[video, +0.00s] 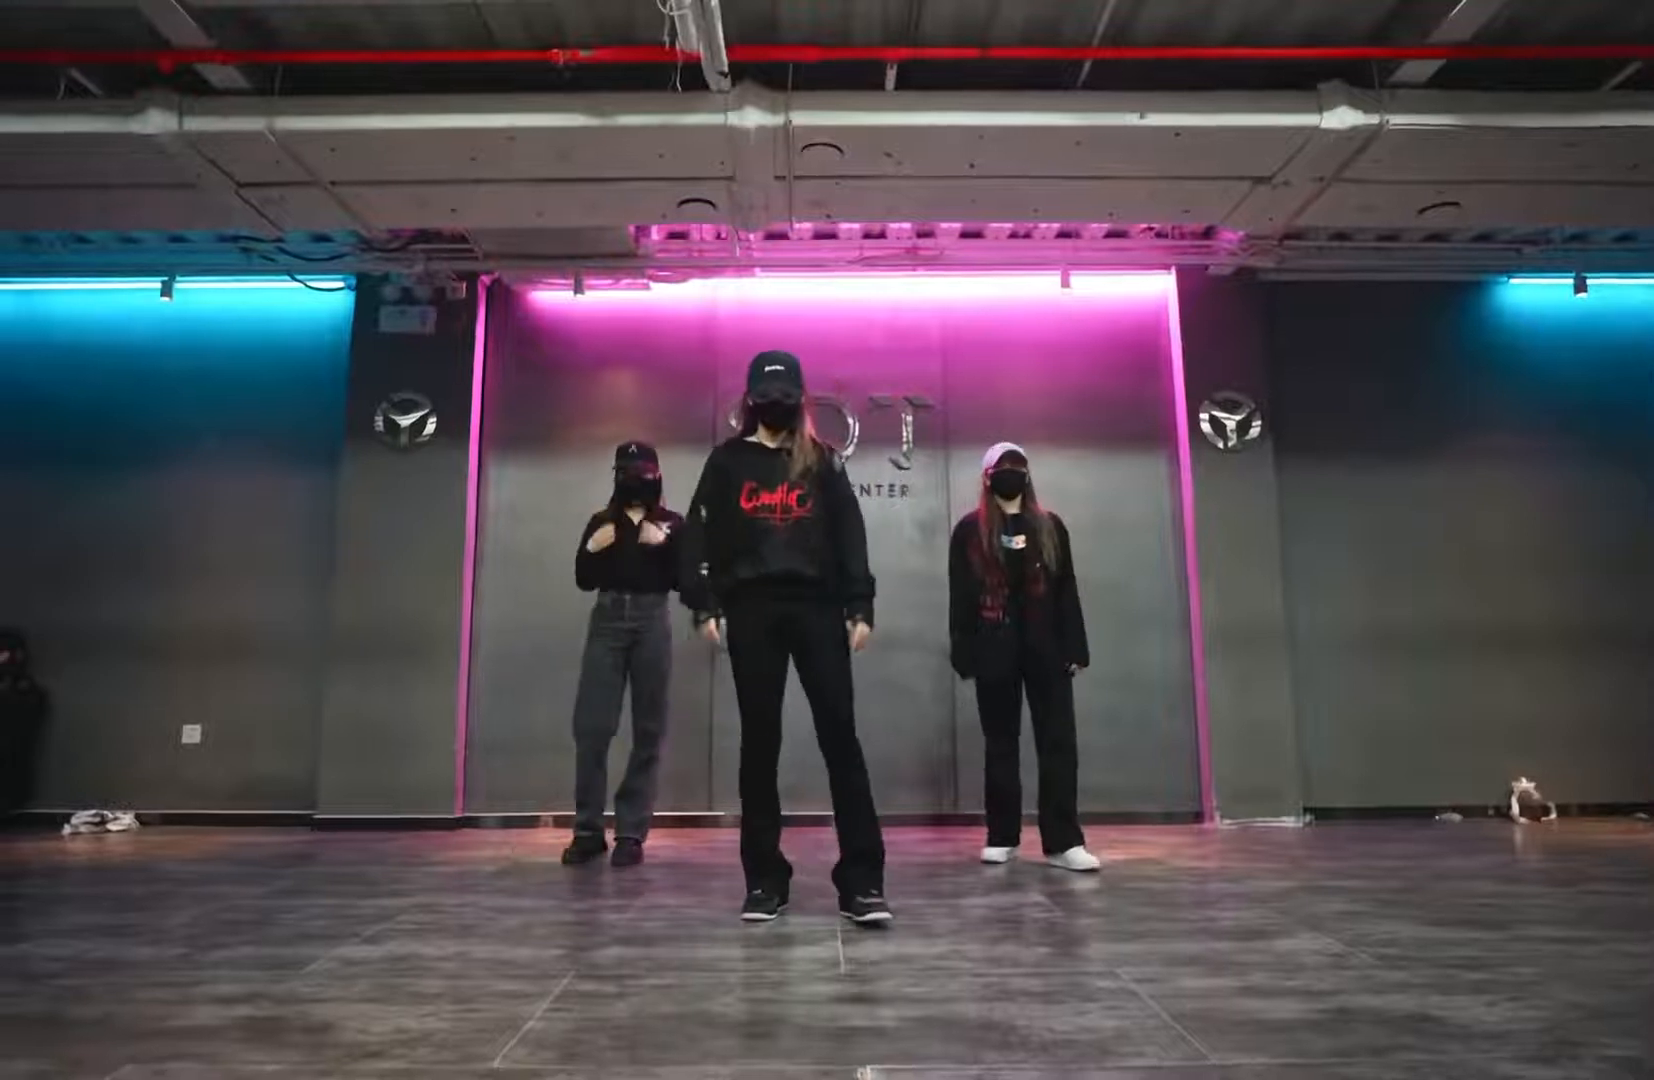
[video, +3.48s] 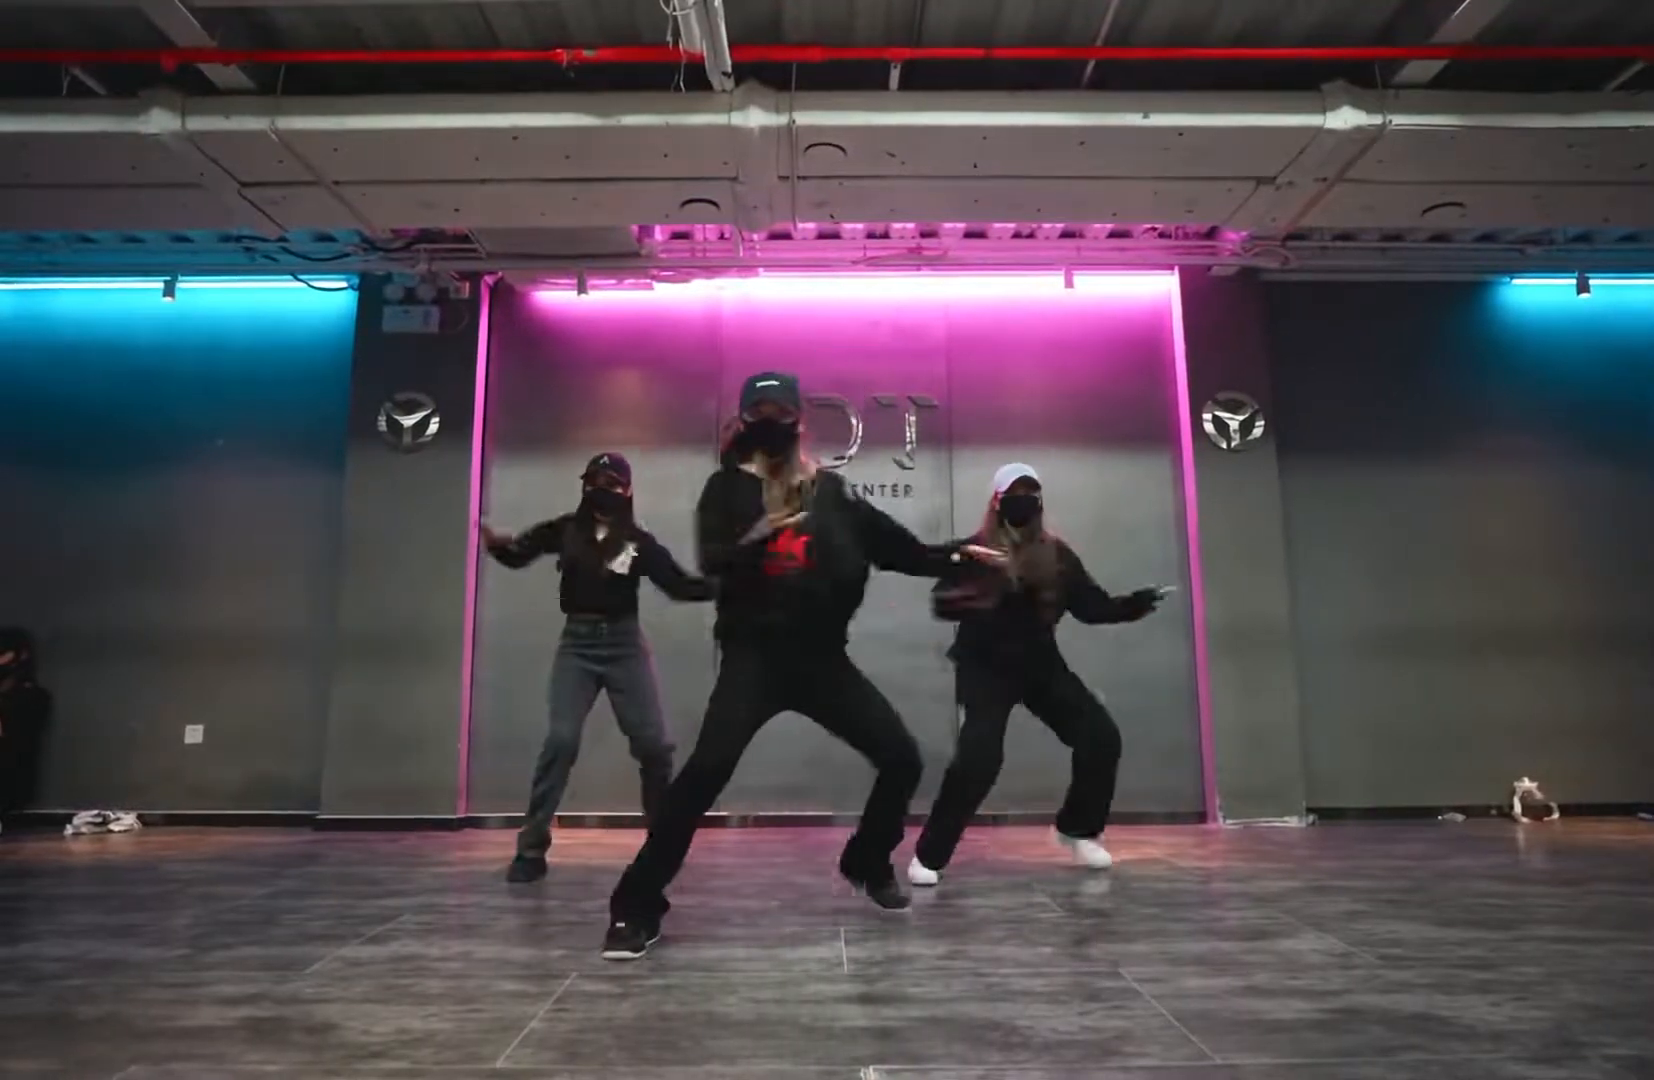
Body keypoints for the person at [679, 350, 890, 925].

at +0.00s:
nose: (776, 409)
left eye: (785, 399)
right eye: (767, 400)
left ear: (800, 397)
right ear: (751, 398)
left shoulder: (822, 461)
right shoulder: (726, 461)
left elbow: (850, 534)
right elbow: (694, 537)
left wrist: (860, 604)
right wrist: (704, 604)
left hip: (819, 613)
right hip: (751, 615)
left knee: (841, 742)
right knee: (760, 745)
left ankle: (861, 882)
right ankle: (765, 881)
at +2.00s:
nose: (822, 397)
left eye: (831, 388)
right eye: (812, 388)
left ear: (845, 395)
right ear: (796, 397)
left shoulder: (869, 463)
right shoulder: (774, 465)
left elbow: (895, 544)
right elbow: (756, 547)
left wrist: (898, 616)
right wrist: (760, 619)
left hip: (862, 618)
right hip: (797, 619)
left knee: (866, 748)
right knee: (806, 749)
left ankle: (865, 884)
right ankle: (813, 880)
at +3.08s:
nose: (839, 411)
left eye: (848, 403)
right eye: (829, 403)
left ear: (861, 412)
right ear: (811, 410)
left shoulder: (877, 483)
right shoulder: (784, 473)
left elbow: (899, 557)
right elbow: (776, 550)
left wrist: (935, 606)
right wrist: (812, 590)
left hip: (865, 633)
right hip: (802, 632)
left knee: (871, 755)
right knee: (787, 763)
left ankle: (881, 868)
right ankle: (830, 832)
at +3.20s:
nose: (824, 413)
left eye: (834, 403)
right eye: (814, 403)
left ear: (847, 410)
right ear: (798, 410)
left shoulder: (865, 479)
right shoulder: (772, 475)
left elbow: (909, 532)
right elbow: (748, 544)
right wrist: (694, 564)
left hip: (853, 643)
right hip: (786, 641)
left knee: (871, 763)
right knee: (734, 741)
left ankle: (880, 874)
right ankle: (721, 871)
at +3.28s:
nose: (813, 422)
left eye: (823, 412)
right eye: (803, 411)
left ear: (839, 421)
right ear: (788, 418)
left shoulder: (845, 485)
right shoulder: (763, 485)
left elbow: (837, 537)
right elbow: (710, 546)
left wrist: (782, 536)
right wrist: (646, 561)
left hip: (845, 650)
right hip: (779, 651)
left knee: (869, 765)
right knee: (719, 759)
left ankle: (882, 873)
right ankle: (653, 892)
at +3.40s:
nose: (768, 422)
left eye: (778, 412)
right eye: (757, 413)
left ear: (797, 420)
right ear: (743, 425)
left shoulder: (829, 487)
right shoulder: (733, 493)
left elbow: (853, 548)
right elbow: (698, 562)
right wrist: (652, 577)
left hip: (827, 655)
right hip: (760, 656)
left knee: (869, 771)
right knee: (702, 768)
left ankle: (881, 864)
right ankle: (635, 908)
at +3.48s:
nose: (772, 423)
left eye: (782, 413)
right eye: (760, 412)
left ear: (800, 421)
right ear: (743, 421)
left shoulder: (826, 493)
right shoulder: (727, 488)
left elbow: (901, 552)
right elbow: (713, 561)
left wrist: (962, 555)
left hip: (821, 665)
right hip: (751, 666)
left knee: (903, 759)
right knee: (704, 776)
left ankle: (868, 858)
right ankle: (635, 909)